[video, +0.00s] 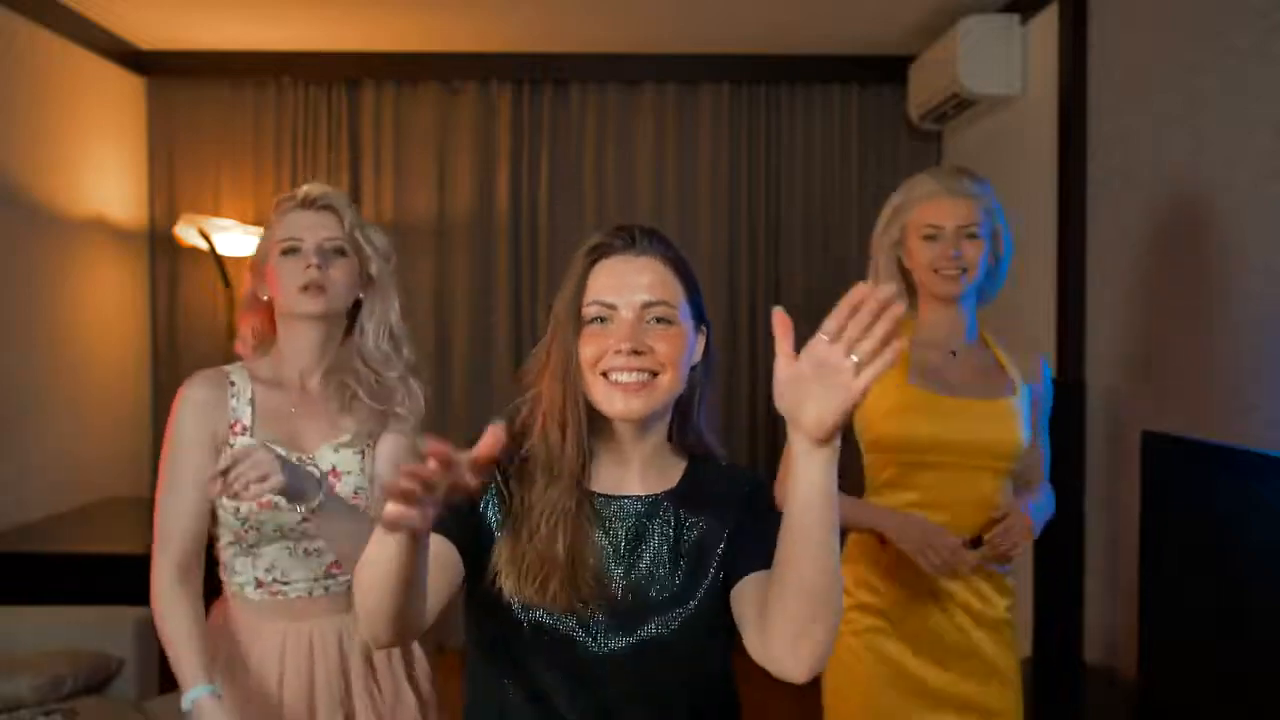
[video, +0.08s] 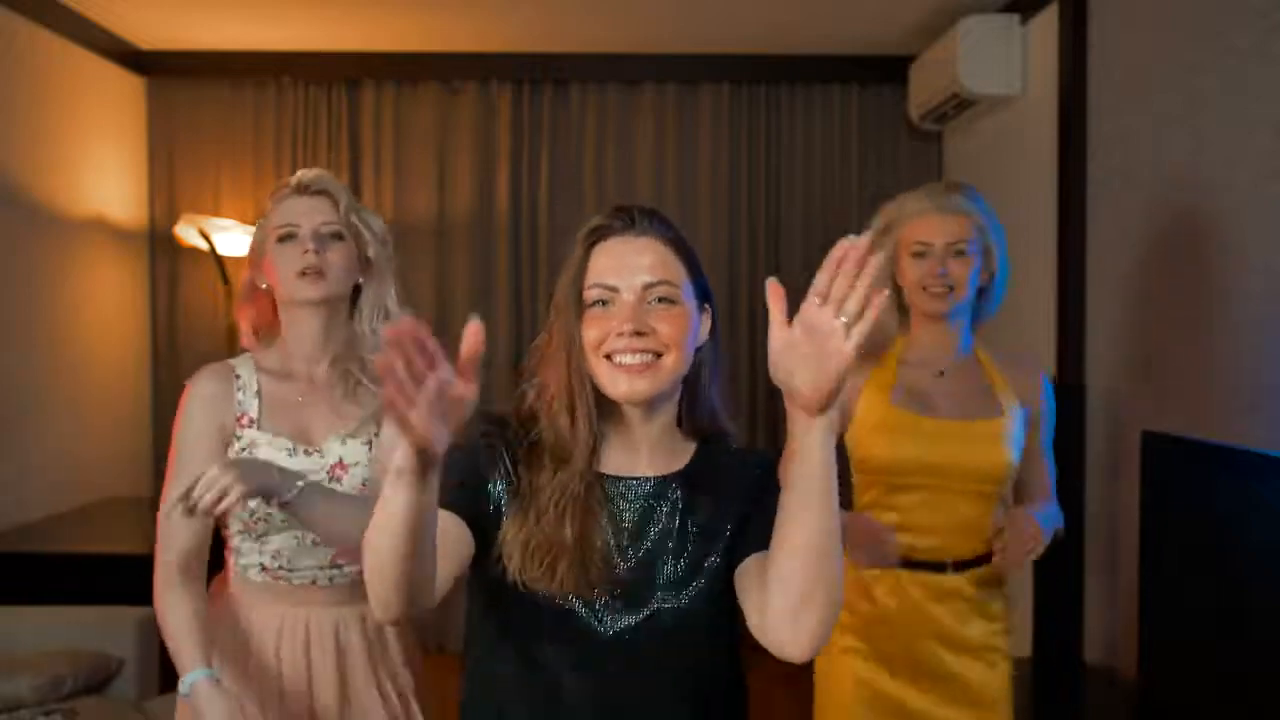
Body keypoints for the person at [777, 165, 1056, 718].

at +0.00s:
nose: (952, 252)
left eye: (970, 235)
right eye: (931, 235)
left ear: (992, 249)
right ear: (900, 248)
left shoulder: (1025, 371)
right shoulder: (864, 351)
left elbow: (1037, 486)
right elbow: (792, 484)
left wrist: (1026, 517)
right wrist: (890, 522)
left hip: (981, 629)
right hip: (878, 627)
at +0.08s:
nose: (939, 270)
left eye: (959, 252)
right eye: (919, 253)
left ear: (985, 266)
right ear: (893, 268)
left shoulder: (1023, 387)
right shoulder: (853, 378)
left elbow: (1044, 504)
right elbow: (791, 488)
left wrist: (1035, 524)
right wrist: (838, 526)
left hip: (971, 640)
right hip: (866, 635)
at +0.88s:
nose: (913, 256)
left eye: (934, 242)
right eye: (896, 237)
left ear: (955, 261)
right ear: (863, 249)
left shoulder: (992, 376)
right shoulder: (811, 369)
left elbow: (1016, 513)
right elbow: (761, 505)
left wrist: (945, 536)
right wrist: (809, 459)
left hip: (949, 629)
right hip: (841, 629)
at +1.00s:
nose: (929, 262)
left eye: (930, 248)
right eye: (909, 246)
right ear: (850, 256)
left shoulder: (951, 377)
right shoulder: (786, 383)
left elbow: (984, 504)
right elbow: (749, 509)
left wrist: (950, 536)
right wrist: (802, 426)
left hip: (930, 638)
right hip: (819, 640)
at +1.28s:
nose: (916, 285)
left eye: (904, 272)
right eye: (891, 283)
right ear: (839, 310)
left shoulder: (927, 388)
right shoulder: (795, 408)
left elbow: (920, 518)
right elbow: (772, 570)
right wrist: (817, 545)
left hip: (917, 656)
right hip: (825, 664)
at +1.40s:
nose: (922, 273)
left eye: (924, 251)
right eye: (892, 267)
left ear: (936, 248)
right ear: (847, 285)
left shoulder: (962, 373)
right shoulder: (812, 369)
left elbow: (952, 501)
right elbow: (767, 507)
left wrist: (1041, 483)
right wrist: (799, 533)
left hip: (939, 625)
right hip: (839, 629)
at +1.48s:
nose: (917, 298)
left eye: (931, 274)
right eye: (893, 282)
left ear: (958, 278)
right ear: (866, 293)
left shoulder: (985, 407)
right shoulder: (822, 392)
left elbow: (972, 542)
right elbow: (775, 522)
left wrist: (1067, 496)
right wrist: (809, 555)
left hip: (949, 663)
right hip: (845, 661)